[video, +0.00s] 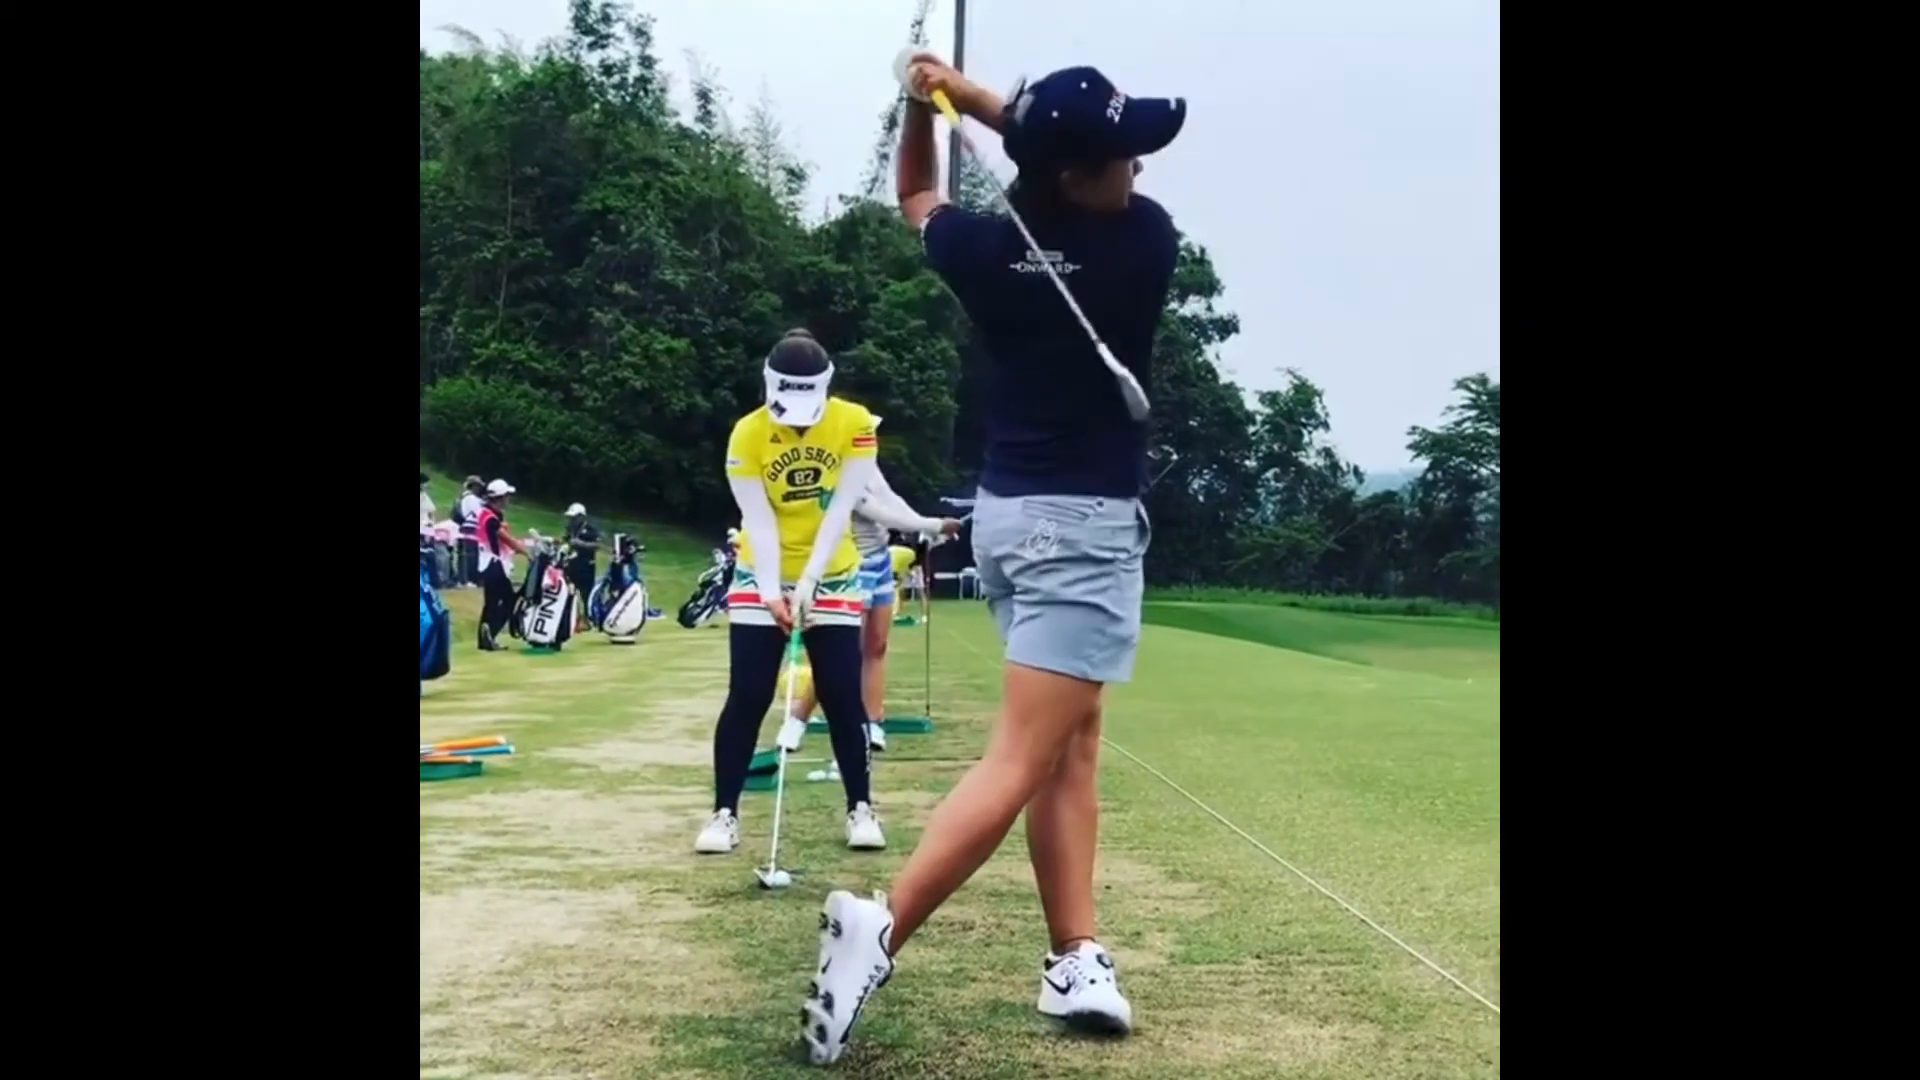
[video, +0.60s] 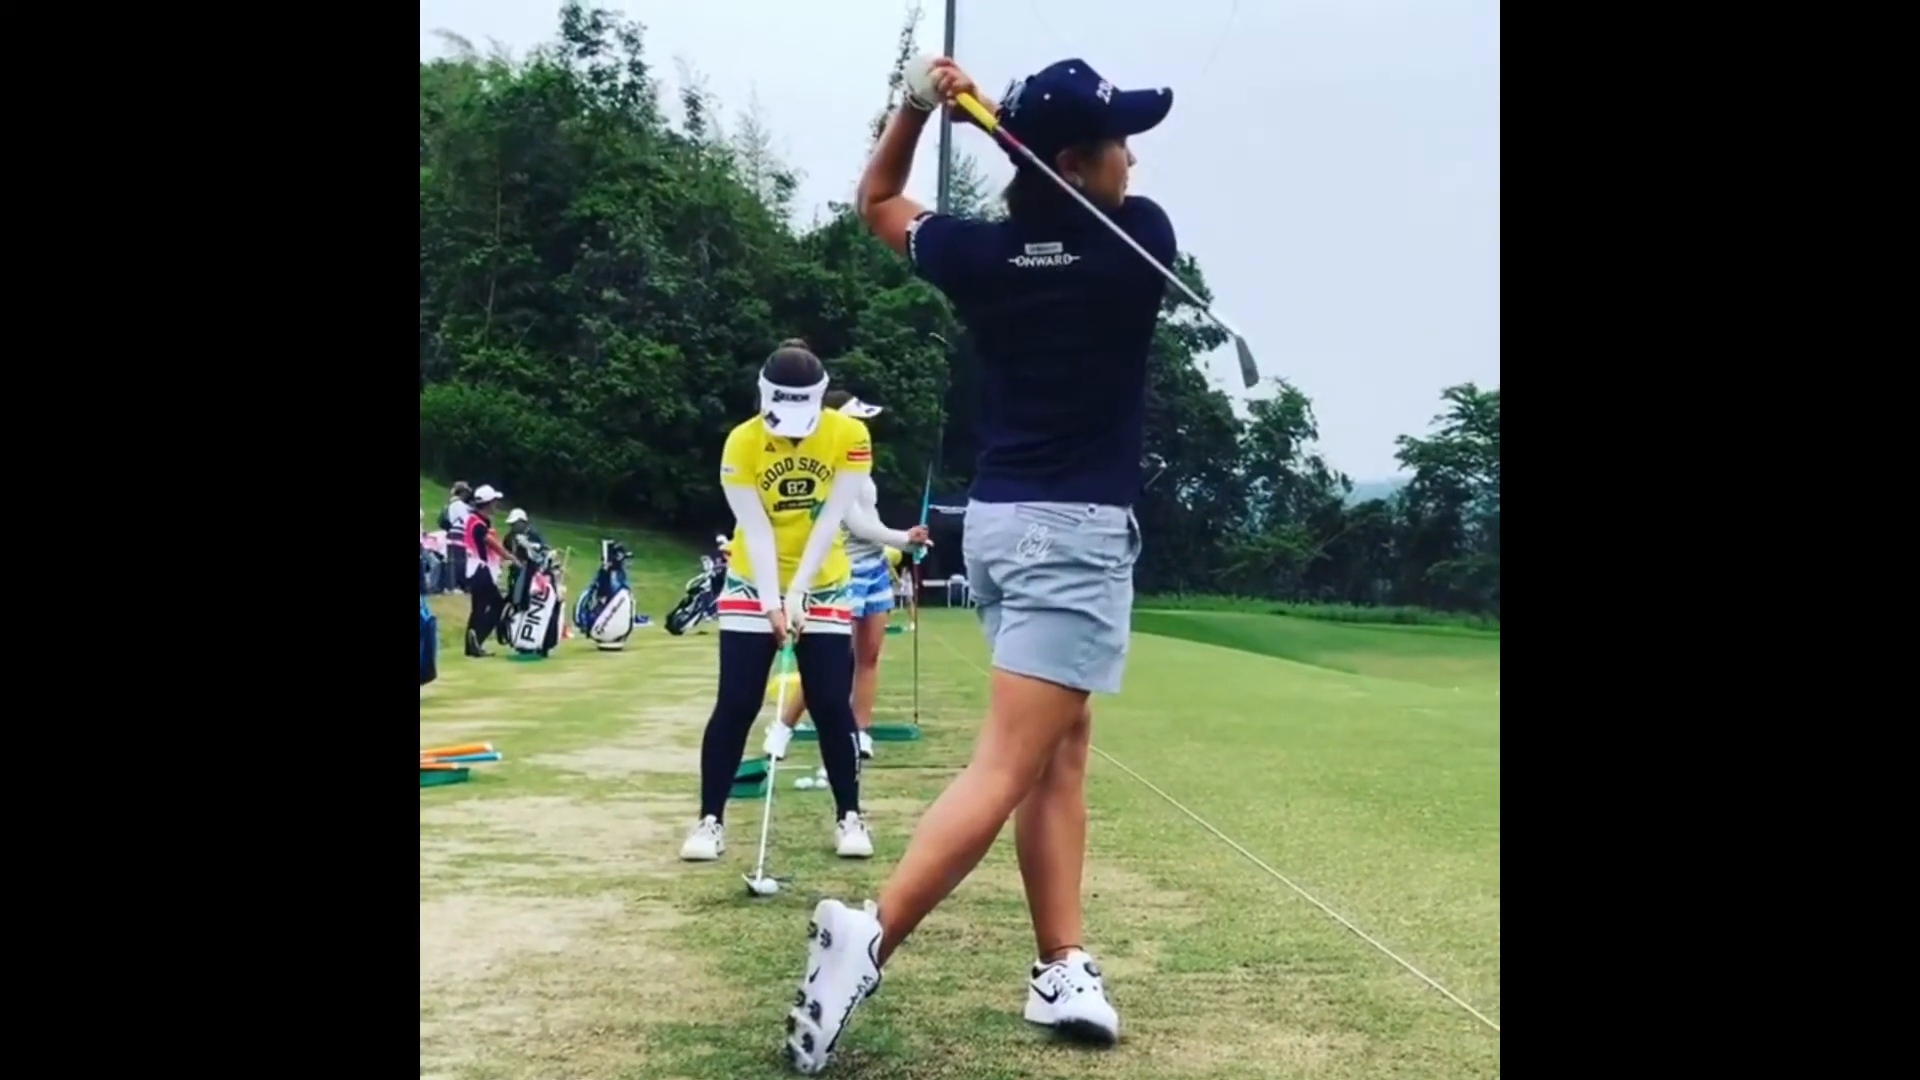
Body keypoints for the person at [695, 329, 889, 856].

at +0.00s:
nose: (795, 413)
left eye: (805, 403)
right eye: (785, 402)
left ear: (825, 387)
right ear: (769, 387)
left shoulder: (855, 424)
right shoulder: (747, 437)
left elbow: (843, 506)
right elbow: (758, 522)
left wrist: (808, 578)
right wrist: (769, 586)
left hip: (834, 575)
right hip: (759, 575)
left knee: (842, 696)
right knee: (747, 695)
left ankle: (860, 809)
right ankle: (724, 814)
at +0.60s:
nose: (789, 423)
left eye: (800, 412)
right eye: (780, 411)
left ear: (819, 397)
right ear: (765, 397)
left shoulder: (849, 435)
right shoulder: (741, 445)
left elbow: (833, 515)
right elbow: (755, 530)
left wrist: (798, 588)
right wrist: (770, 599)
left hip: (823, 586)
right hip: (751, 584)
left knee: (831, 703)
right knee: (735, 702)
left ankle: (849, 816)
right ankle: (709, 820)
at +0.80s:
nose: (845, 363)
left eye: (854, 355)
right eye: (838, 354)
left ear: (877, 353)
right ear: (829, 354)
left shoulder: (891, 401)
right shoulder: (809, 406)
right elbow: (811, 495)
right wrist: (827, 563)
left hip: (873, 556)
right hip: (814, 553)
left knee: (867, 678)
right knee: (811, 671)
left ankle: (870, 785)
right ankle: (807, 778)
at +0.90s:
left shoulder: (898, 409)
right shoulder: (806, 409)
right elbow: (809, 501)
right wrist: (818, 563)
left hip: (884, 547)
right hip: (825, 549)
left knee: (876, 681)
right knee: (805, 667)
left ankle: (871, 786)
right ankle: (789, 786)